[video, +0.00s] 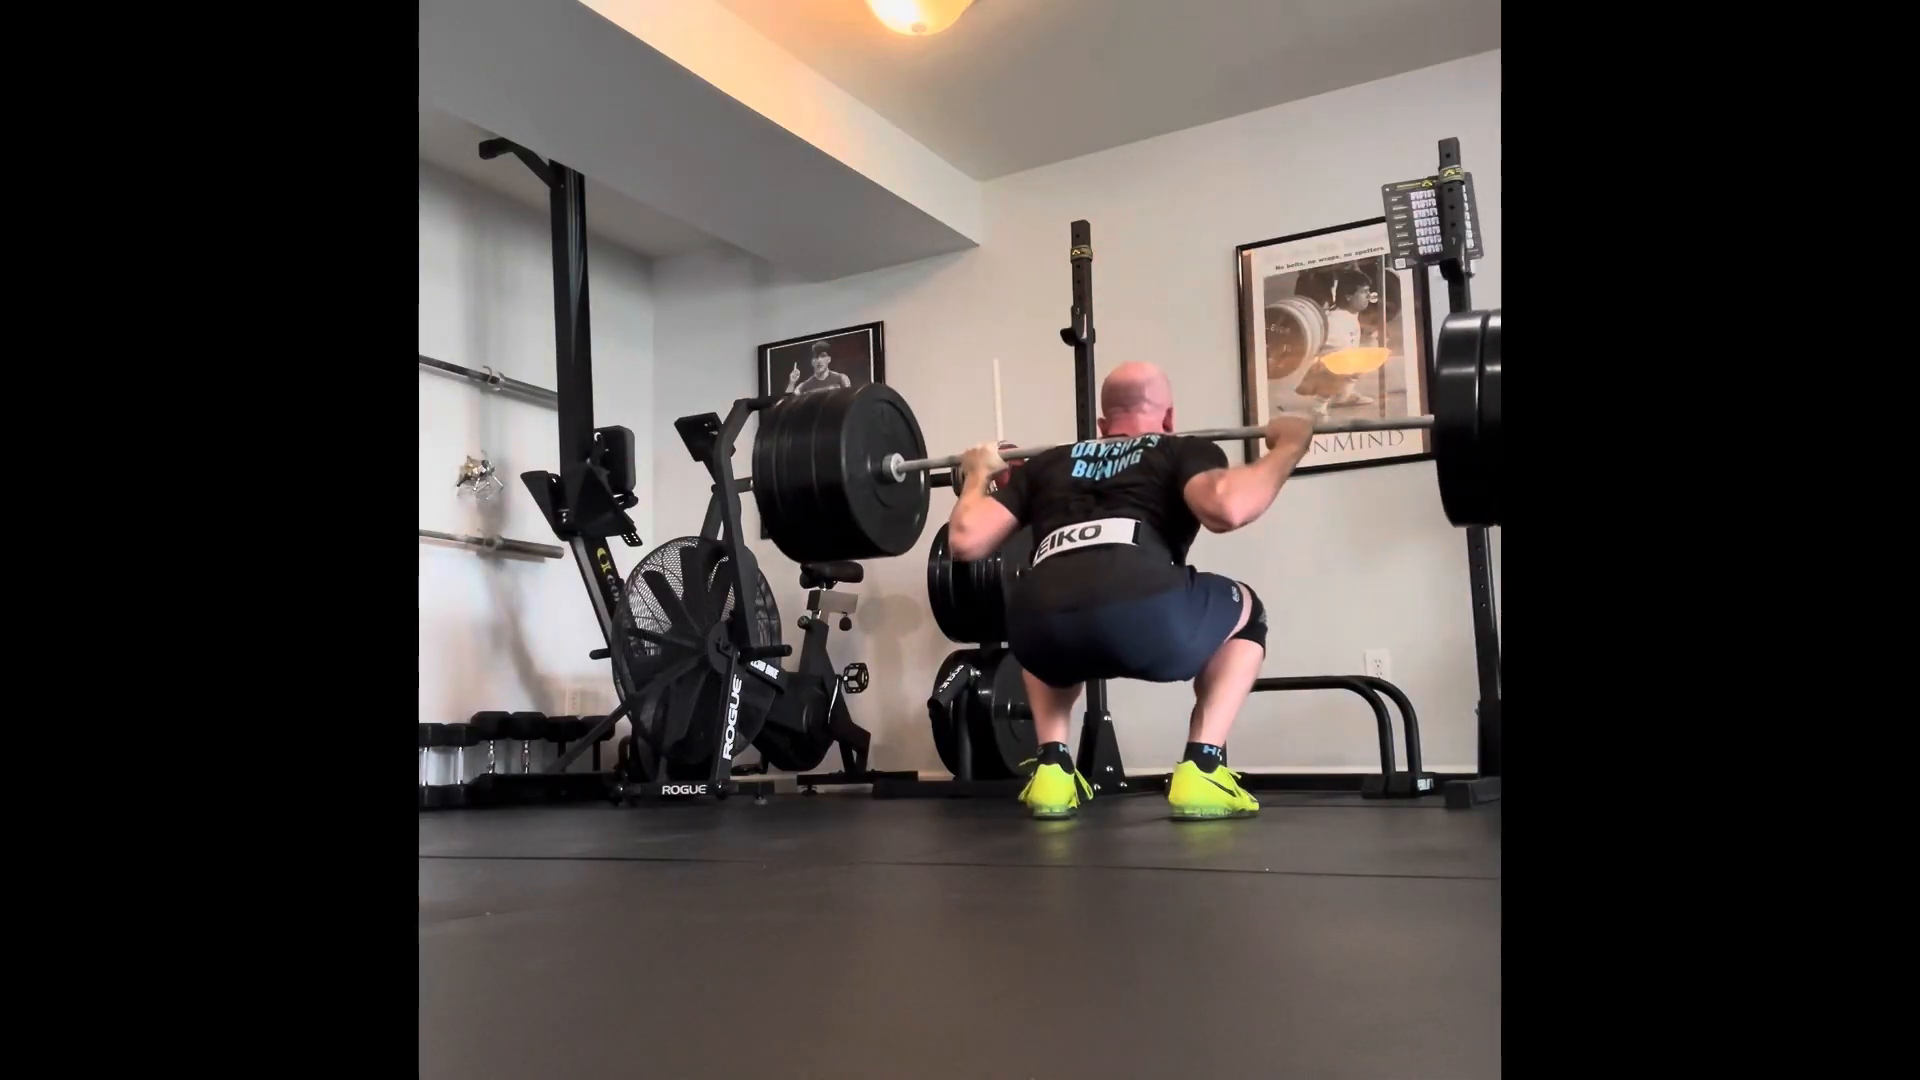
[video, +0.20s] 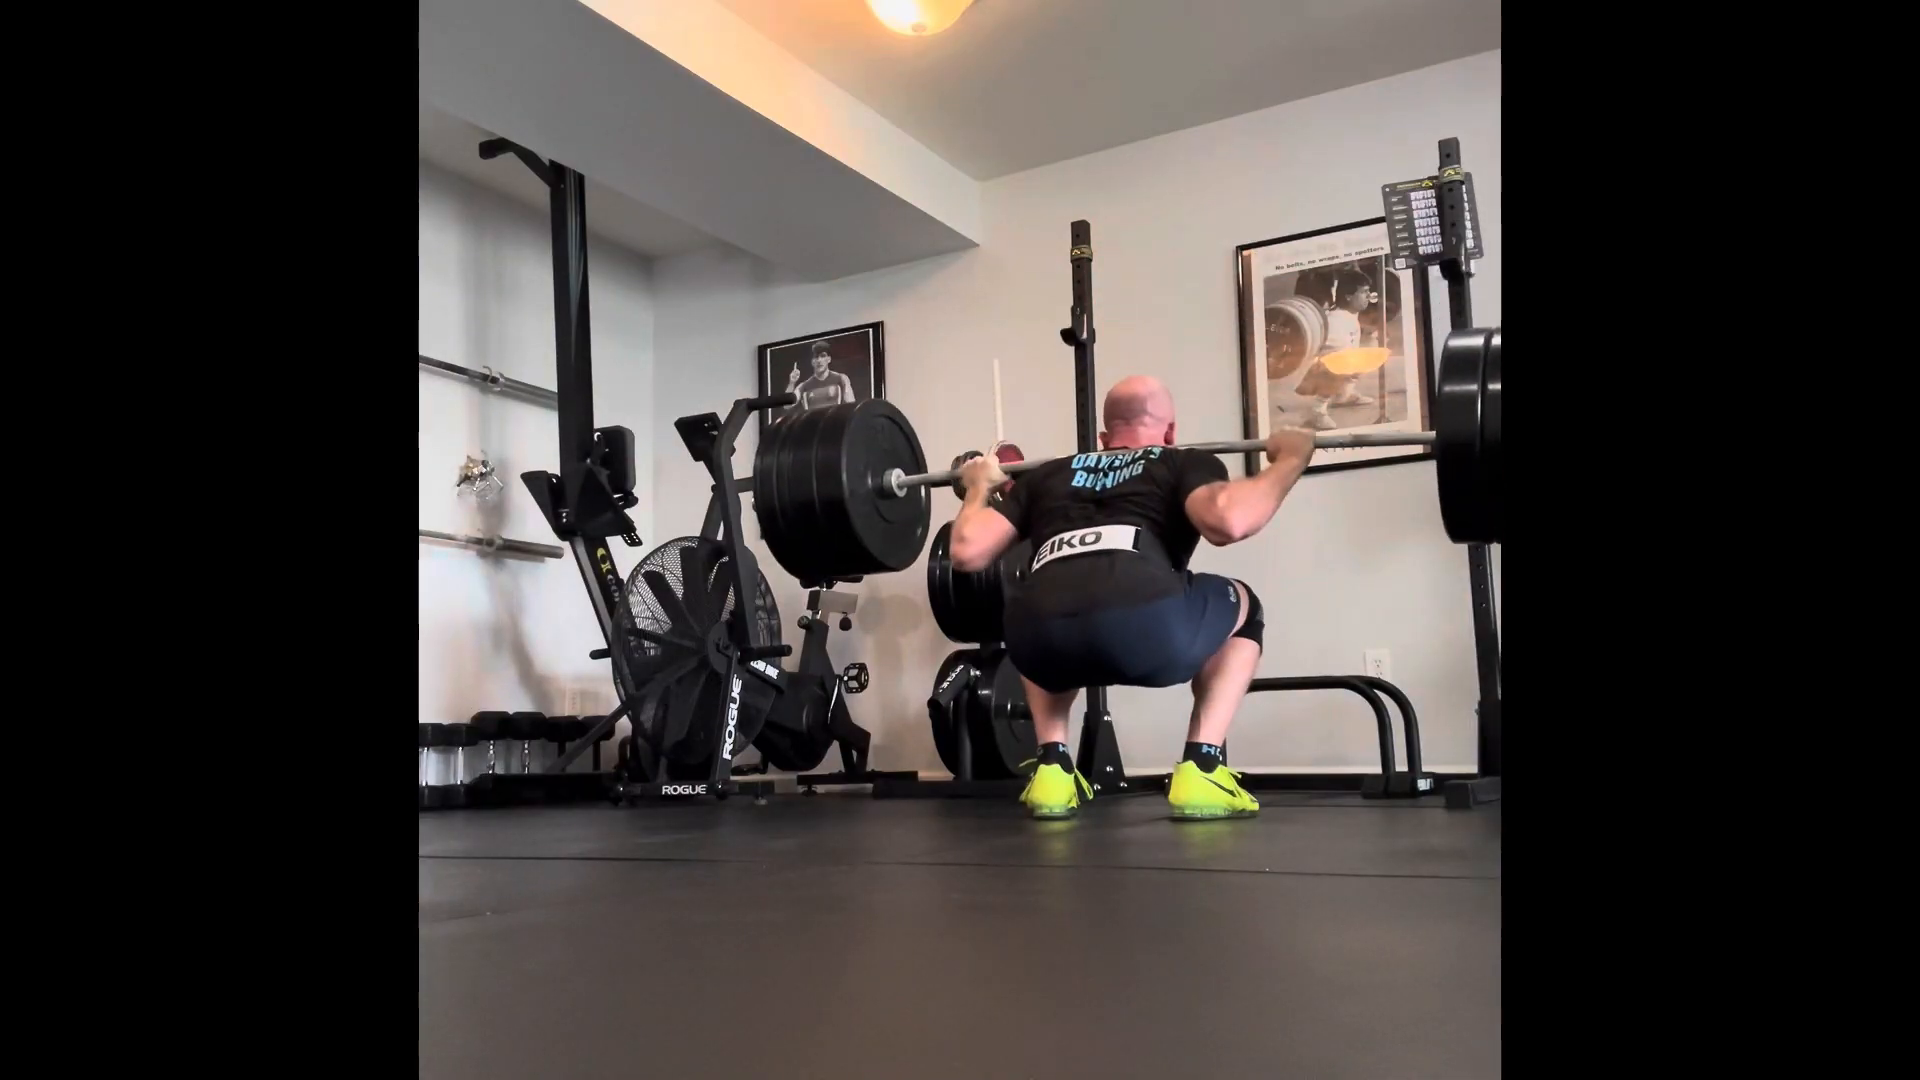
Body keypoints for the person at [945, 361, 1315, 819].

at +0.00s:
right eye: (1169, 413)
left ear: (1101, 420)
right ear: (1168, 419)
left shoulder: (1047, 463)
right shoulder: (1181, 450)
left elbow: (965, 539)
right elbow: (1227, 507)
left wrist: (975, 474)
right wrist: (1289, 447)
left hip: (1042, 615)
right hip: (1143, 604)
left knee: (1042, 637)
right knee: (1247, 614)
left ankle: (1052, 767)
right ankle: (1203, 767)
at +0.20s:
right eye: (1170, 427)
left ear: (1103, 432)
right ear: (1169, 432)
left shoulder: (1047, 474)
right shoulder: (1182, 462)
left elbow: (966, 550)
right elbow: (1229, 520)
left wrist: (977, 488)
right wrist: (1290, 459)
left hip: (1039, 626)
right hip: (1143, 616)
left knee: (1040, 635)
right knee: (1243, 608)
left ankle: (1053, 767)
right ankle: (1202, 767)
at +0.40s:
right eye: (1171, 405)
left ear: (1102, 413)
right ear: (1169, 410)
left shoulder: (1043, 449)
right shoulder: (1179, 436)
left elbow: (965, 527)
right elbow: (1222, 489)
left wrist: (975, 463)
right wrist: (1288, 434)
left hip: (1033, 584)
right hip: (1136, 577)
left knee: (1056, 633)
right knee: (1230, 607)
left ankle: (1054, 768)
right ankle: (1201, 767)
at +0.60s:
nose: (1172, 367)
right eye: (1170, 362)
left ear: (1102, 363)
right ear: (1164, 364)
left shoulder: (1045, 401)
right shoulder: (1172, 388)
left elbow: (961, 465)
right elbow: (1216, 427)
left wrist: (974, 414)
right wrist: (1279, 386)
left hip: (1028, 526)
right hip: (1124, 513)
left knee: (1076, 622)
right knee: (1206, 608)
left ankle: (1054, 770)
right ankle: (1199, 767)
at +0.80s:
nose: (1165, 316)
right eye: (1165, 309)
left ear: (1097, 313)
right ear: (1161, 311)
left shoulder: (1042, 355)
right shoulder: (1168, 340)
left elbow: (962, 424)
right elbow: (1211, 379)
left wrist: (970, 370)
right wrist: (1272, 336)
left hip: (1031, 491)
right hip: (1123, 477)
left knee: (1090, 611)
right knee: (1204, 602)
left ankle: (1055, 769)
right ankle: (1200, 767)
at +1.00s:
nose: (1158, 267)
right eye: (1158, 260)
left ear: (1092, 265)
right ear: (1157, 264)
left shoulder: (1041, 313)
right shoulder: (1168, 294)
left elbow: (960, 380)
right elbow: (1209, 338)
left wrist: (967, 328)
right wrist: (1270, 288)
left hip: (1041, 464)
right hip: (1134, 447)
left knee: (1085, 607)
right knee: (1212, 596)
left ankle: (1056, 765)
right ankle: (1201, 766)